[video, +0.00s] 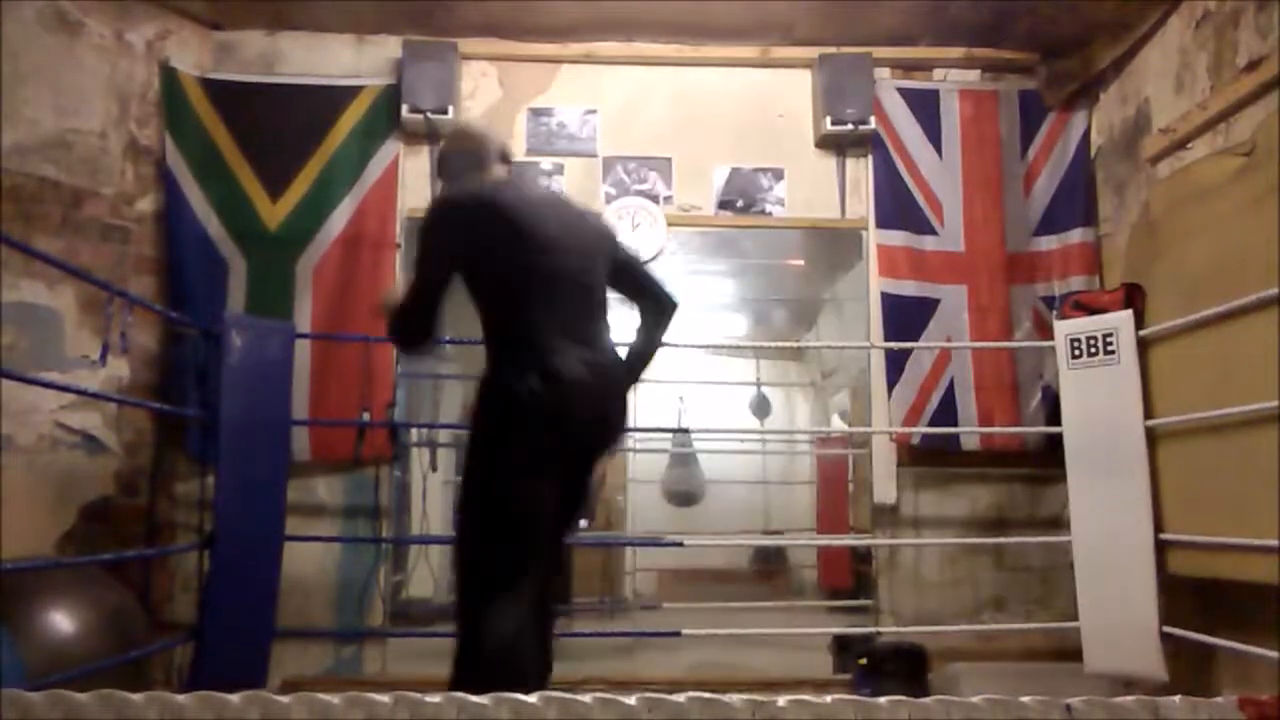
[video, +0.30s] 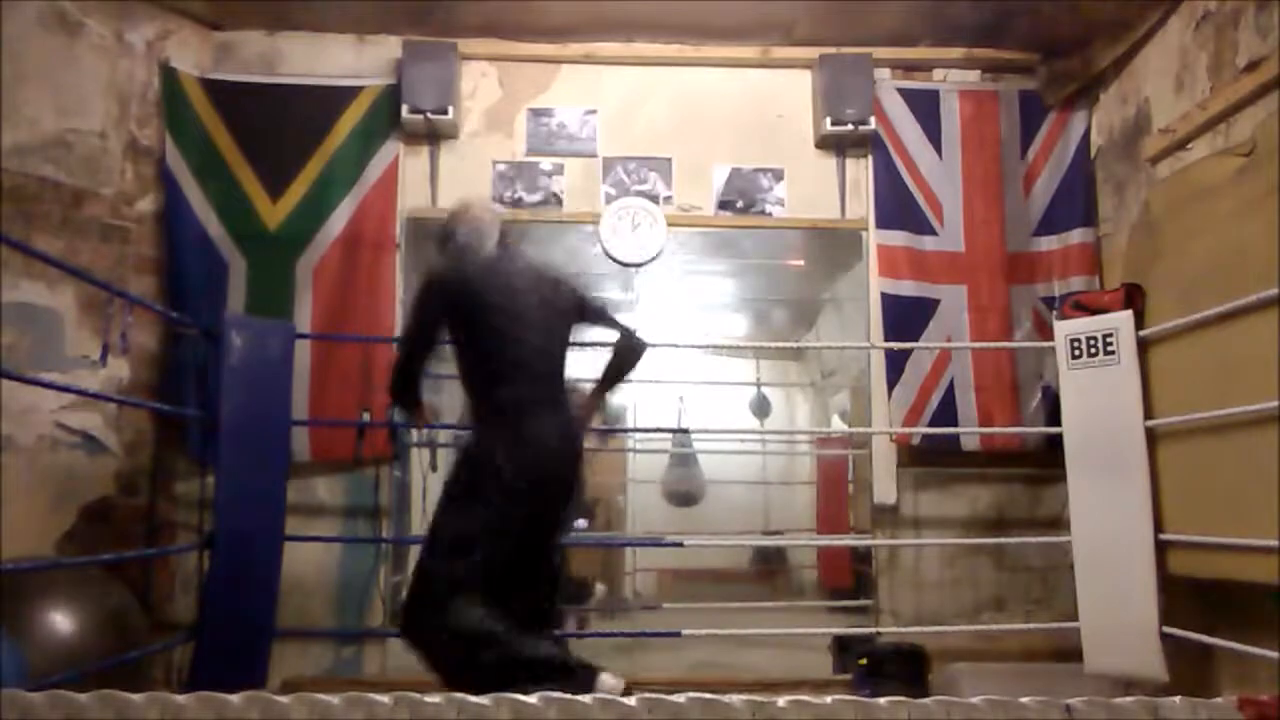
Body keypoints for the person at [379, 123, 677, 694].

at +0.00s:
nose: (444, 188)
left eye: (443, 179)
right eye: (443, 179)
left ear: (448, 173)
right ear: (503, 163)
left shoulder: (456, 208)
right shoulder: (571, 214)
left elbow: (414, 331)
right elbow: (659, 303)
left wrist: (395, 312)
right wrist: (620, 379)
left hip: (523, 397)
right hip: (598, 398)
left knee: (488, 556)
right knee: (541, 551)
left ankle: (483, 698)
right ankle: (528, 692)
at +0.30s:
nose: (451, 249)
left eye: (450, 240)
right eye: (455, 239)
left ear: (453, 240)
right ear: (497, 234)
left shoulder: (450, 280)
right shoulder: (546, 283)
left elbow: (405, 375)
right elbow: (630, 343)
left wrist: (414, 405)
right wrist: (595, 396)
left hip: (500, 454)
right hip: (560, 454)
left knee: (428, 612)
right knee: (523, 586)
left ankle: (580, 683)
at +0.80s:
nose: (327, 197)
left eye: (329, 180)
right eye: (322, 183)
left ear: (361, 174)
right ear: (359, 177)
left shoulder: (415, 209)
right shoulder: (389, 240)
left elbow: (518, 224)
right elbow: (371, 327)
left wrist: (473, 319)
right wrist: (323, 257)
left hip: (465, 421)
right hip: (445, 423)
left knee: (348, 562)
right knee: (504, 575)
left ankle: (393, 703)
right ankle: (528, 698)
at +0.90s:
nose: (300, 154)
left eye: (308, 138)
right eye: (298, 140)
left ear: (348, 133)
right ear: (318, 140)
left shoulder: (403, 176)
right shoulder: (337, 216)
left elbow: (518, 203)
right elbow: (284, 291)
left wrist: (453, 296)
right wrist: (243, 225)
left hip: (439, 399)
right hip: (403, 404)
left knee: (353, 560)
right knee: (454, 551)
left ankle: (330, 702)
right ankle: (560, 656)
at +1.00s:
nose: (261, 147)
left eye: (276, 129)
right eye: (260, 131)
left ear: (319, 132)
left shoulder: (385, 196)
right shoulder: (285, 225)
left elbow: (499, 262)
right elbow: (228, 317)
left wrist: (394, 331)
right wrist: (194, 245)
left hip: (409, 421)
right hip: (351, 425)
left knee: (319, 602)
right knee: (381, 604)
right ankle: (543, 639)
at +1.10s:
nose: (221, 157)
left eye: (241, 138)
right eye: (216, 139)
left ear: (289, 145)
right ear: (210, 145)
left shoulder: (355, 238)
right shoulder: (221, 247)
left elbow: (430, 363)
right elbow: (192, 373)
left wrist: (295, 383)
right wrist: (159, 350)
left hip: (363, 454)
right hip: (270, 453)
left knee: (308, 645)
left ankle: (482, 664)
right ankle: (482, 663)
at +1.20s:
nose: (176, 139)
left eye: (195, 118)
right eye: (164, 121)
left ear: (244, 123)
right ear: (155, 129)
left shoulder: (320, 226)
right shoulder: (178, 223)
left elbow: (310, 372)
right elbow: (181, 354)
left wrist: (168, 314)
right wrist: (151, 451)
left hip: (331, 453)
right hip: (239, 446)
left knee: (268, 646)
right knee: (185, 637)